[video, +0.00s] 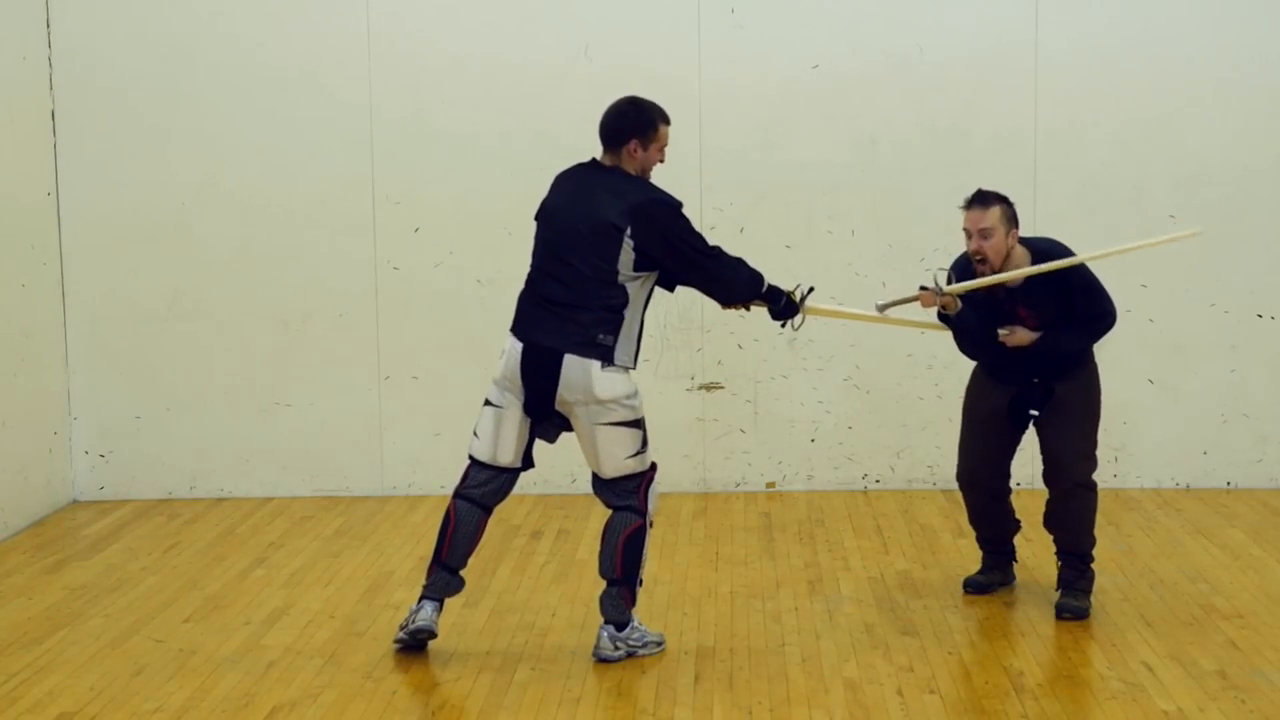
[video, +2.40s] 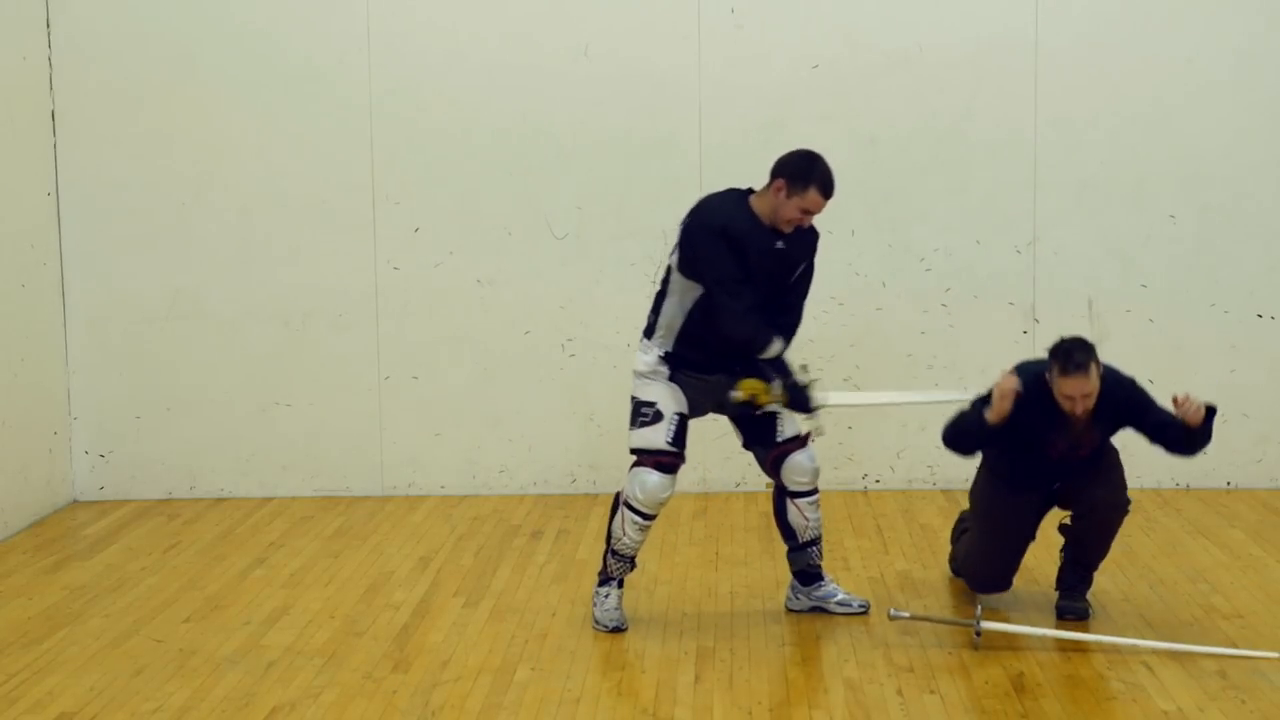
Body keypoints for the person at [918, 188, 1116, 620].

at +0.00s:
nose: (975, 246)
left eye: (986, 235)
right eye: (969, 235)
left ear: (1012, 234)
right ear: (964, 234)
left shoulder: (1054, 260)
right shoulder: (963, 274)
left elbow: (1102, 315)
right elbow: (978, 348)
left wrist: (1040, 339)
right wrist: (953, 311)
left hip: (1067, 375)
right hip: (998, 375)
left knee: (1070, 476)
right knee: (977, 472)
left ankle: (1075, 579)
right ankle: (997, 562)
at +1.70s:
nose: (1028, 264)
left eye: (1041, 257)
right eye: (1025, 251)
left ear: (1066, 258)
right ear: (1019, 241)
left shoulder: (1093, 278)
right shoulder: (997, 267)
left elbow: (1115, 339)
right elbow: (978, 352)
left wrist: (1052, 345)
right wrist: (975, 328)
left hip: (1070, 384)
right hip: (1000, 378)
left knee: (1074, 480)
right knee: (979, 476)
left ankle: (1075, 582)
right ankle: (996, 562)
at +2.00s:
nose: (1042, 284)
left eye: (1055, 279)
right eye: (1038, 271)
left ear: (1078, 276)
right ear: (1031, 257)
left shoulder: (1101, 290)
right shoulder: (1003, 275)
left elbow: (1119, 344)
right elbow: (973, 357)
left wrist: (1060, 354)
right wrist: (980, 334)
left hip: (1073, 388)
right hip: (1002, 380)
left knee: (1077, 480)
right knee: (979, 476)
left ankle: (1075, 582)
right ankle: (996, 562)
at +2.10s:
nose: (1049, 320)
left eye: (1060, 317)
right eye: (1046, 309)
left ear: (1082, 306)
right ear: (1041, 285)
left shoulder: (1109, 303)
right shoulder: (1012, 282)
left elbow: (1121, 356)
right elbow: (961, 358)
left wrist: (1092, 378)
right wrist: (974, 336)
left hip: (1076, 397)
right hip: (1004, 386)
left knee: (1079, 483)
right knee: (977, 477)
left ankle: (1075, 582)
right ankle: (994, 561)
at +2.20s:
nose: (1059, 358)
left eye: (1068, 355)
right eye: (1053, 350)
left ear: (1091, 330)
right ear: (1042, 319)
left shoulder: (1114, 311)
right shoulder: (1013, 306)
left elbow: (1141, 359)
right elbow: (952, 360)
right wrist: (969, 340)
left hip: (1081, 405)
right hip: (1008, 398)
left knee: (1088, 492)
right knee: (977, 490)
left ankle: (1076, 584)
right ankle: (971, 532)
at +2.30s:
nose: (1071, 375)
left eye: (1079, 368)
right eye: (1063, 368)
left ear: (1094, 342)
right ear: (1047, 348)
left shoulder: (1120, 344)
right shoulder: (1016, 341)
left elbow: (1165, 393)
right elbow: (948, 383)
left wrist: (1186, 385)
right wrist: (975, 348)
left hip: (1085, 433)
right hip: (1013, 429)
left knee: (1094, 501)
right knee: (987, 530)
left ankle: (1075, 587)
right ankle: (965, 538)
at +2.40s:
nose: (1079, 406)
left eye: (1087, 396)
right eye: (1068, 397)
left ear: (1099, 379)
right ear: (1051, 382)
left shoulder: (1118, 391)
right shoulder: (1022, 385)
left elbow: (1182, 443)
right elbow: (955, 439)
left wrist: (1196, 424)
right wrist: (993, 416)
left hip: (1083, 477)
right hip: (1015, 479)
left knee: (1108, 506)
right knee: (986, 580)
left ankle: (1074, 588)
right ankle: (966, 534)